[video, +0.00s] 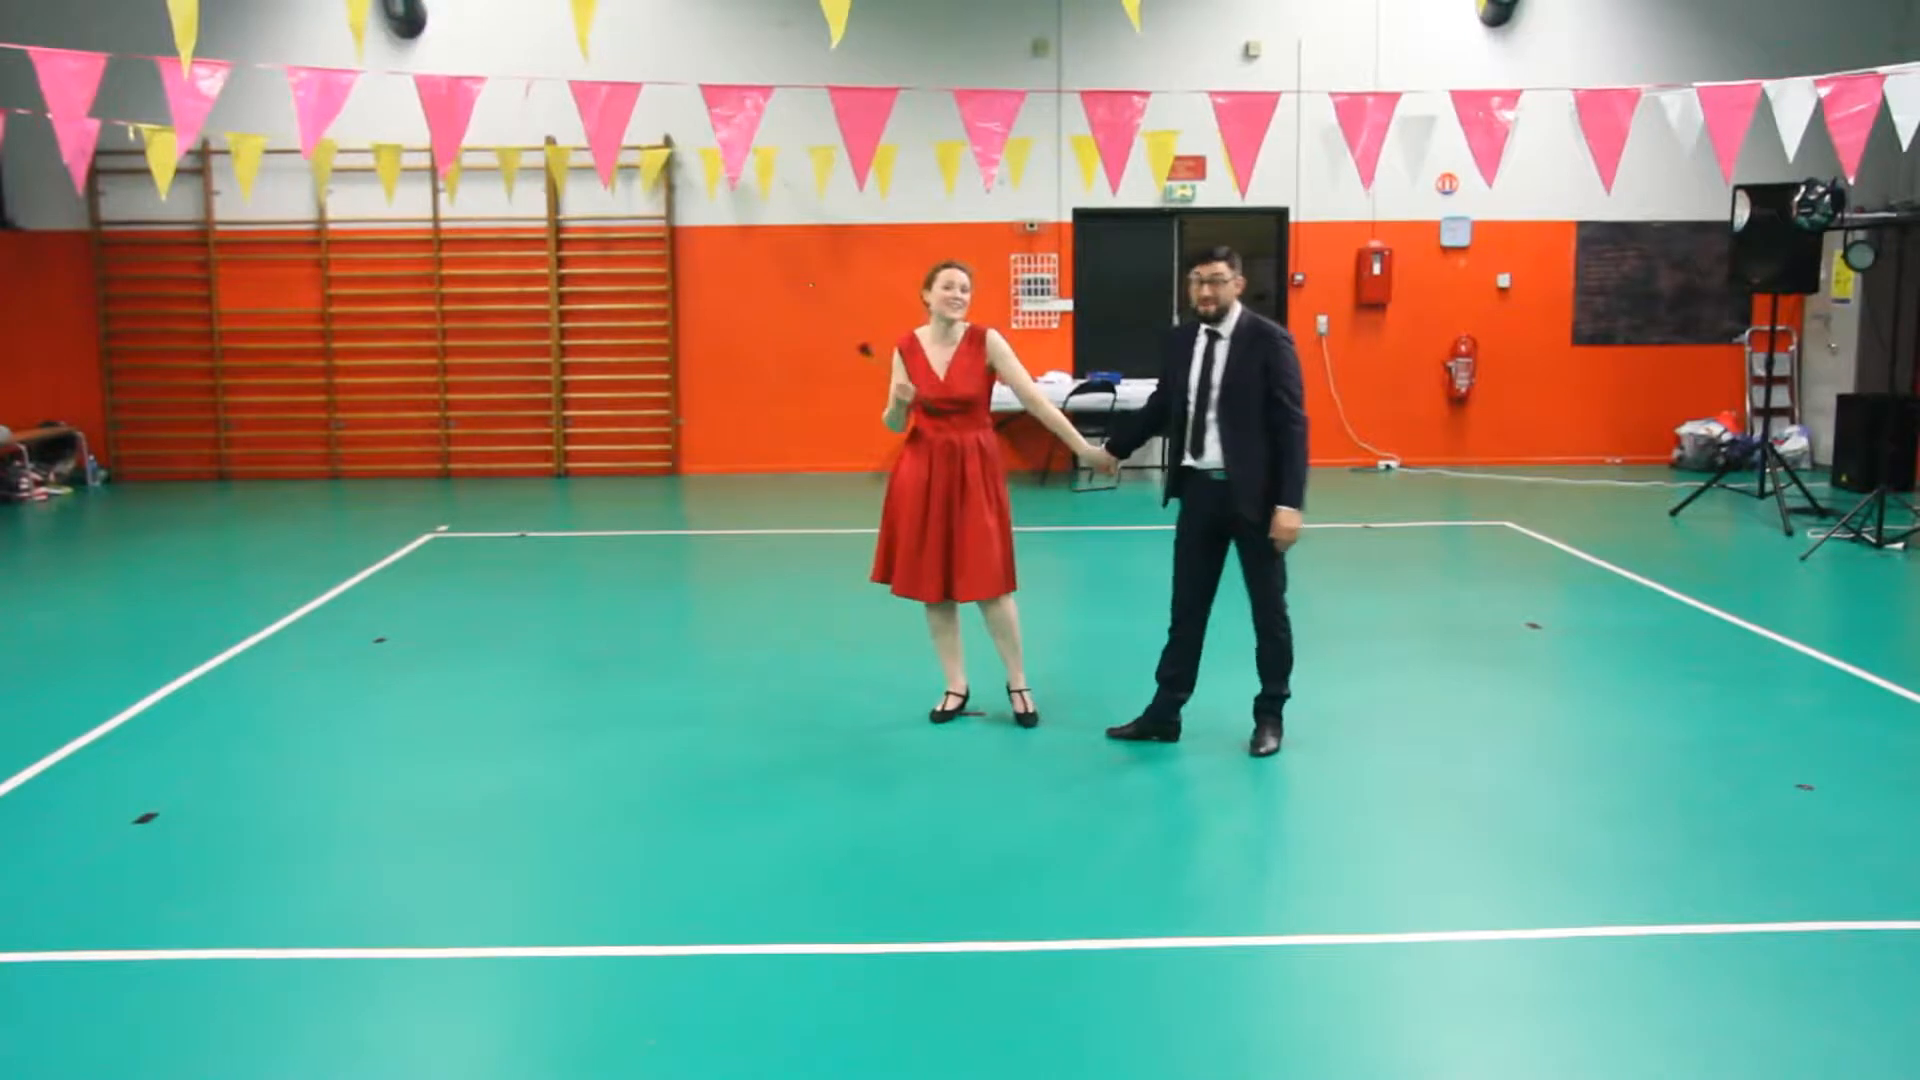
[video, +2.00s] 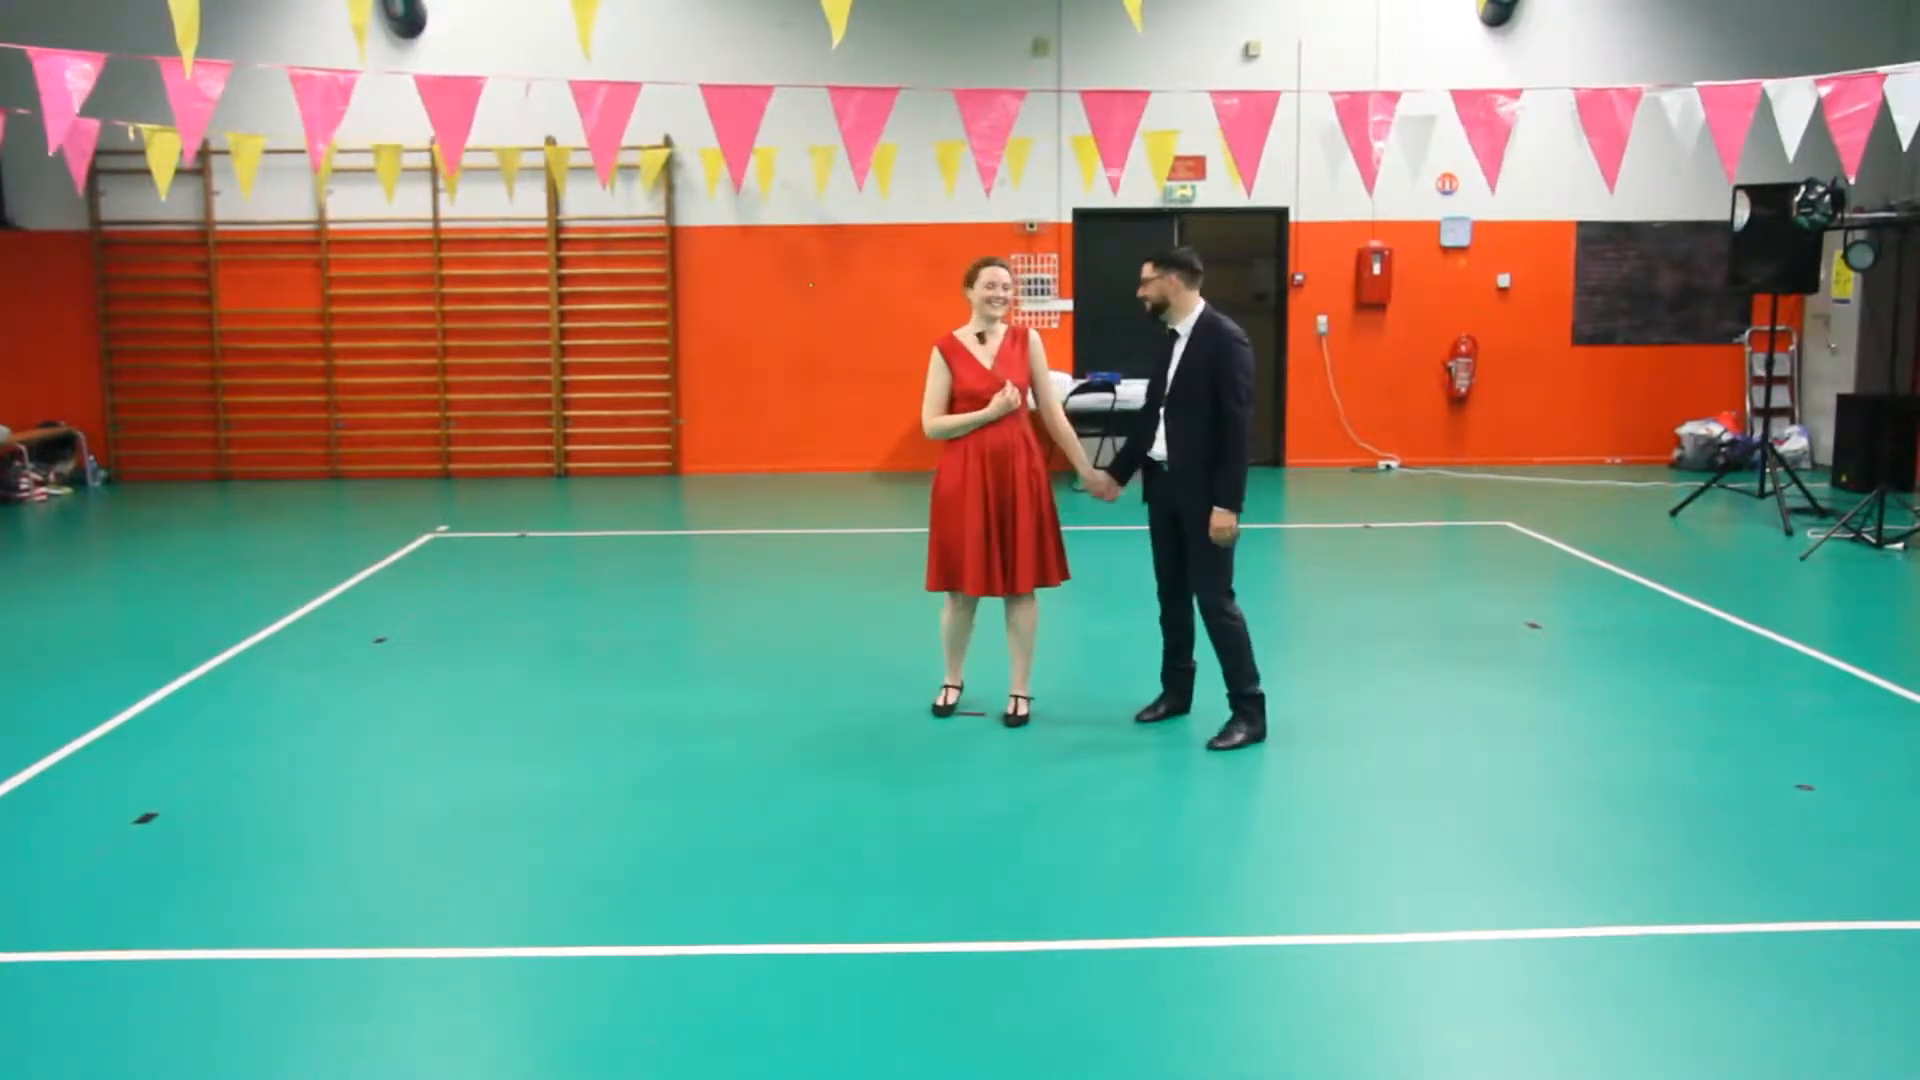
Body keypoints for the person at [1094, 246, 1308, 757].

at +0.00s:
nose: (1207, 291)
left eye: (1217, 281)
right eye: (1198, 282)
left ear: (1240, 285)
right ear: (1188, 289)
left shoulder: (1270, 341)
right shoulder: (1181, 340)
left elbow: (1292, 424)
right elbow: (1163, 405)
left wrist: (1291, 501)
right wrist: (1114, 448)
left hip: (1253, 492)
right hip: (1199, 490)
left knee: (1268, 610)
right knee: (1187, 607)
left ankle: (1270, 716)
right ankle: (1164, 713)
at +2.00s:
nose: (1141, 291)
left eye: (1147, 281)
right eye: (1141, 282)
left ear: (1178, 281)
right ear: (1171, 284)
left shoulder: (1226, 340)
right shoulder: (1167, 337)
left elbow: (1237, 428)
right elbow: (1152, 411)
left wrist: (1228, 503)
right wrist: (1118, 473)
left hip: (1205, 488)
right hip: (1163, 483)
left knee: (1215, 600)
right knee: (1172, 596)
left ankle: (1249, 713)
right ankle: (1176, 692)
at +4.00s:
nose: (1130, 291)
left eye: (1141, 282)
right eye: (1128, 282)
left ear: (1175, 284)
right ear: (1139, 289)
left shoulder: (1211, 346)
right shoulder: (1146, 344)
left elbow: (1238, 435)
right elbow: (1133, 423)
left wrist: (1240, 517)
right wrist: (1097, 479)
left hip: (1193, 504)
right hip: (1149, 500)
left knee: (1185, 630)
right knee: (1175, 627)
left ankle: (1184, 759)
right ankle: (1184, 731)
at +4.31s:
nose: (1119, 287)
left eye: (1129, 277)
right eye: (1120, 278)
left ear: (1167, 280)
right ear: (1152, 282)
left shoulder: (1192, 344)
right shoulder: (1154, 340)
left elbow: (1203, 441)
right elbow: (1138, 424)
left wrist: (1185, 526)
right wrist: (1102, 466)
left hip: (1174, 514)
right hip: (1146, 509)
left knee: (1173, 640)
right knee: (1165, 635)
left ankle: (1178, 763)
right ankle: (1179, 733)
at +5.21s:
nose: (1123, 286)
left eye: (1124, 278)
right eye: (1127, 277)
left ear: (1131, 282)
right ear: (1176, 280)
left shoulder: (1161, 352)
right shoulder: (1192, 335)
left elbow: (1146, 453)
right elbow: (1157, 425)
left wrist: (1117, 529)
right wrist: (1111, 470)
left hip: (1165, 518)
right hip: (1185, 510)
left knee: (1166, 638)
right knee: (1170, 633)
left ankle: (1180, 764)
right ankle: (1178, 742)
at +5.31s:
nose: (1125, 286)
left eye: (1127, 278)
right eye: (1130, 277)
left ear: (1137, 282)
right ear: (1180, 280)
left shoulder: (1166, 351)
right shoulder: (1195, 336)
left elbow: (1152, 456)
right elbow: (1148, 411)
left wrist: (1095, 508)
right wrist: (1073, 398)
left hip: (1165, 519)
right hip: (1187, 511)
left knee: (1162, 637)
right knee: (1171, 629)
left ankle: (1179, 763)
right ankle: (1182, 737)